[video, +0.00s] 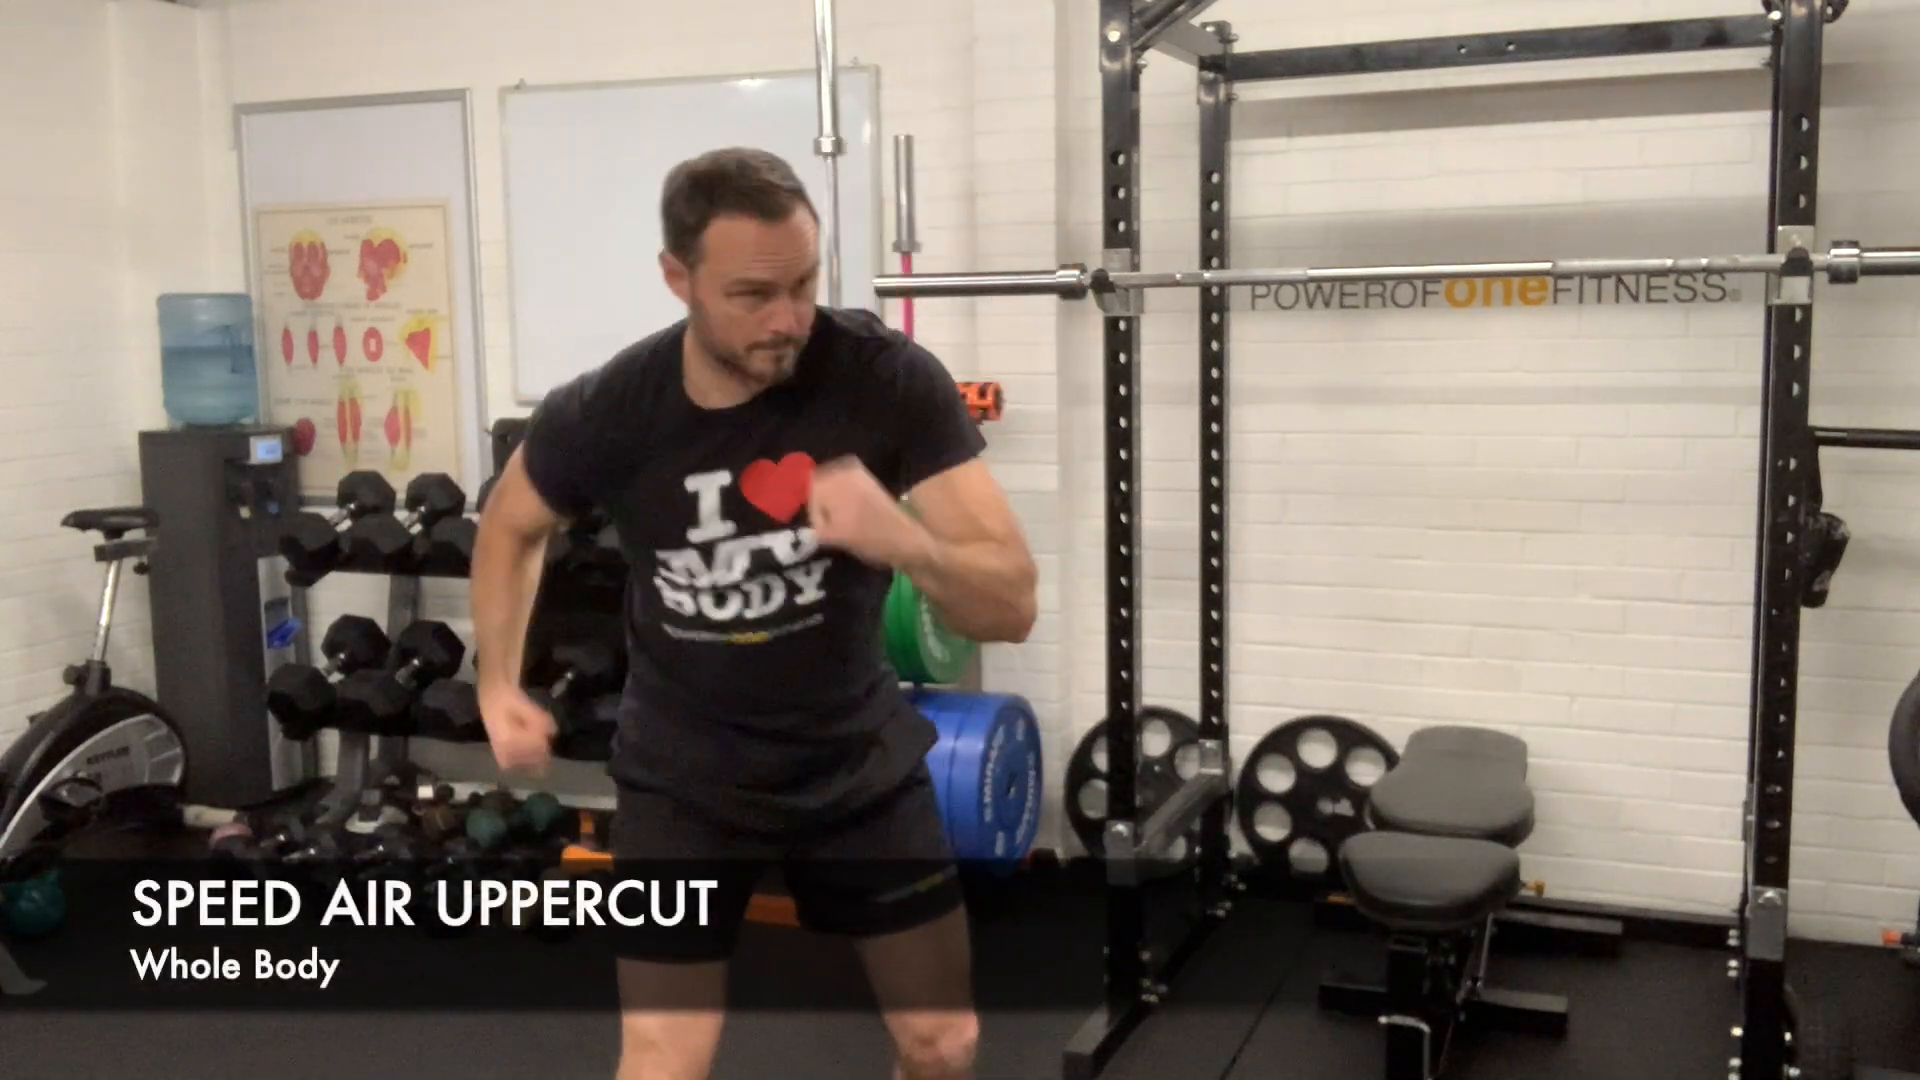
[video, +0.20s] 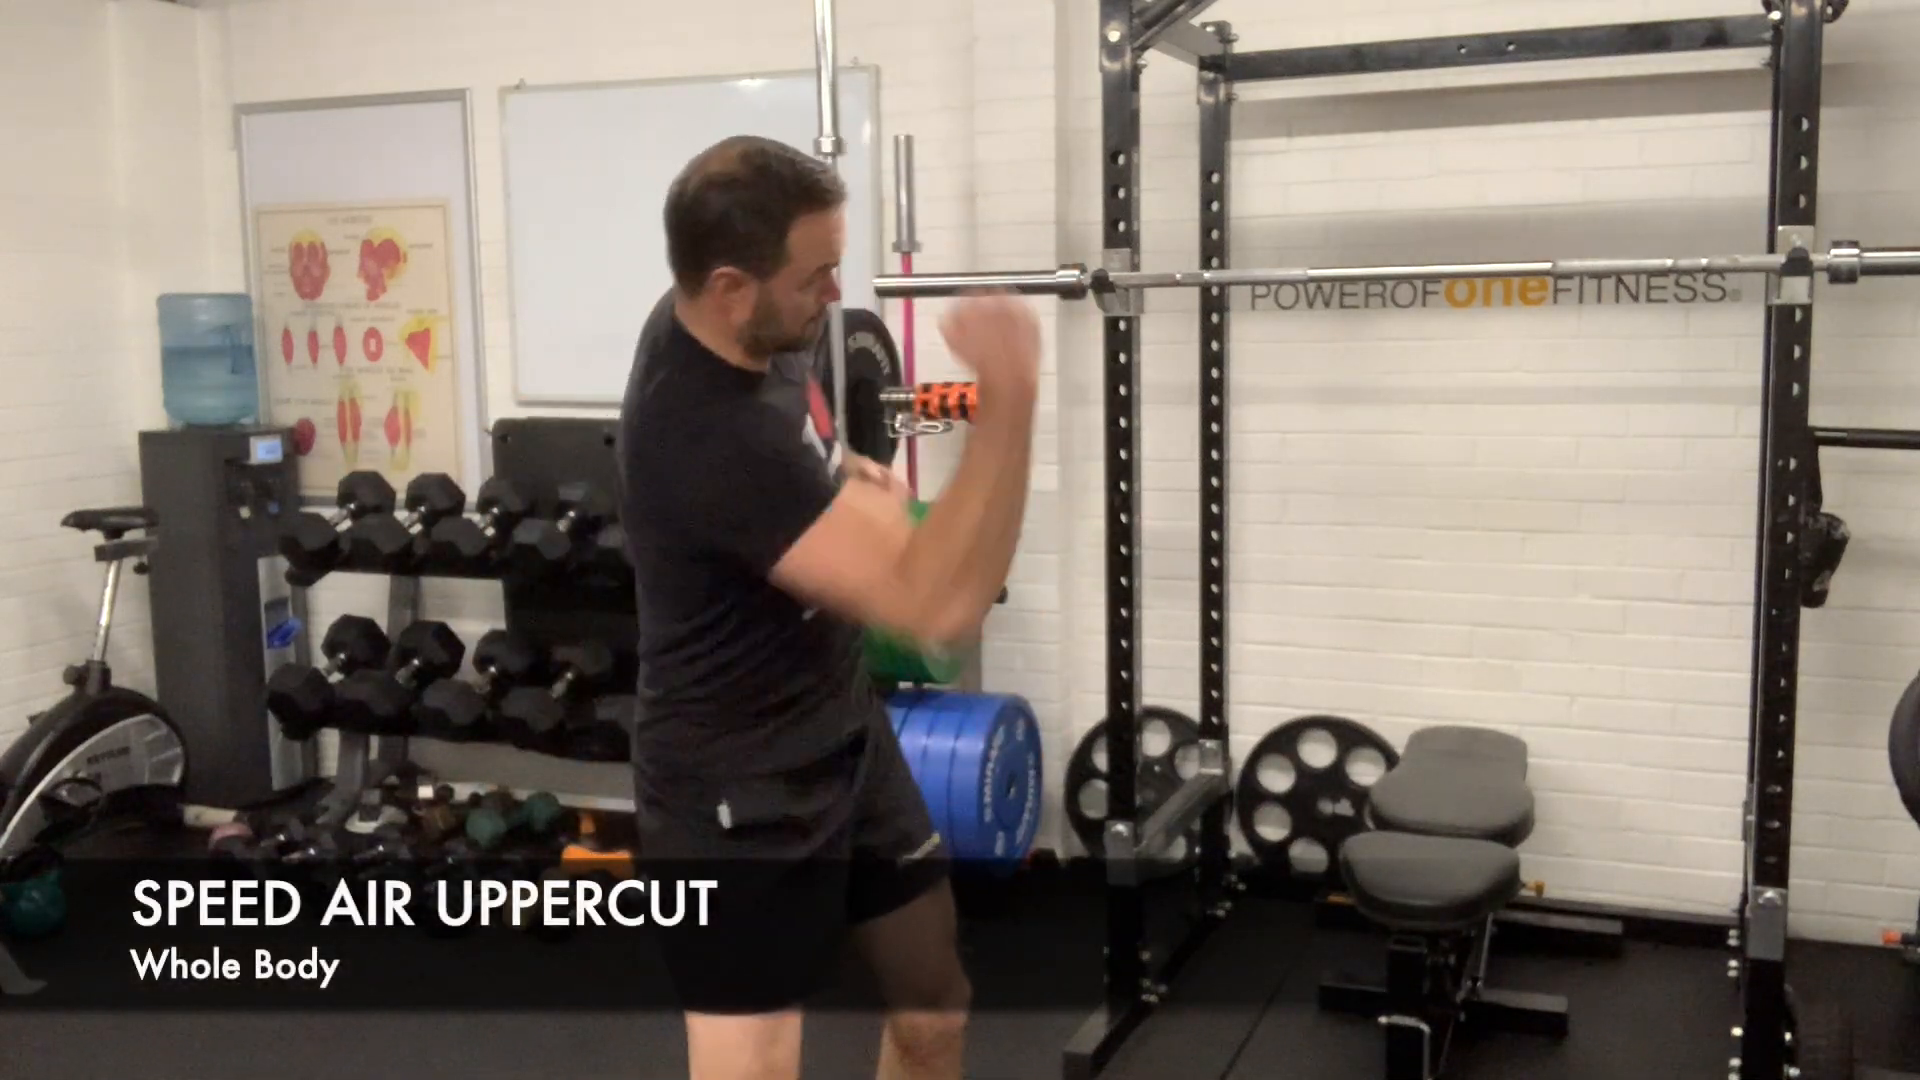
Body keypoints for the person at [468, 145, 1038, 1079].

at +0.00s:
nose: (790, 320)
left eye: (804, 284)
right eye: (754, 295)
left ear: (820, 255)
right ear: (677, 278)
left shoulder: (888, 382)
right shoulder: (606, 415)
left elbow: (1011, 604)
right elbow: (508, 529)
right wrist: (498, 683)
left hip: (858, 762)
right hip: (682, 774)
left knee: (944, 1045)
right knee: (665, 1054)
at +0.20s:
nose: (833, 291)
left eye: (833, 268)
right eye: (815, 277)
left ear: (733, 283)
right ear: (731, 287)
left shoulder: (734, 339)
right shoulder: (701, 431)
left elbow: (771, 462)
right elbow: (936, 599)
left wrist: (852, 482)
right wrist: (1008, 389)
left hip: (842, 741)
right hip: (732, 784)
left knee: (933, 1016)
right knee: (748, 1065)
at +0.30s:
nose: (874, 274)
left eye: (876, 250)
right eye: (861, 253)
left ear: (777, 251)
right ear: (781, 252)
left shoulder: (696, 305)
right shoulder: (762, 393)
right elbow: (988, 552)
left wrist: (723, 499)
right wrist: (1069, 363)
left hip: (823, 736)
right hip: (728, 771)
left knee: (924, 987)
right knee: (751, 1063)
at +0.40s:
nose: (922, 305)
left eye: (925, 279)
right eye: (909, 278)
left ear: (830, 264)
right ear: (825, 263)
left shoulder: (823, 375)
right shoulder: (744, 402)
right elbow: (838, 677)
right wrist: (1027, 581)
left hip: (808, 760)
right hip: (692, 790)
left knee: (913, 999)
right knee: (723, 1063)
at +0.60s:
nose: (884, 350)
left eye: (917, 332)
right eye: (870, 311)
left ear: (942, 324)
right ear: (820, 267)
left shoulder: (919, 444)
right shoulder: (660, 375)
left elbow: (979, 673)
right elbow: (517, 482)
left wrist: (971, 486)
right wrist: (533, 608)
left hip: (812, 763)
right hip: (644, 758)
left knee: (932, 1056)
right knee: (650, 1065)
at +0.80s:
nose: (808, 300)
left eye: (834, 271)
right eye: (781, 267)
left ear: (859, 253)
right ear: (719, 239)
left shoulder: (900, 385)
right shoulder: (620, 372)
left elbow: (961, 625)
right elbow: (551, 473)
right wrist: (518, 598)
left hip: (848, 759)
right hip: (669, 762)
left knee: (940, 1049)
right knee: (643, 1051)